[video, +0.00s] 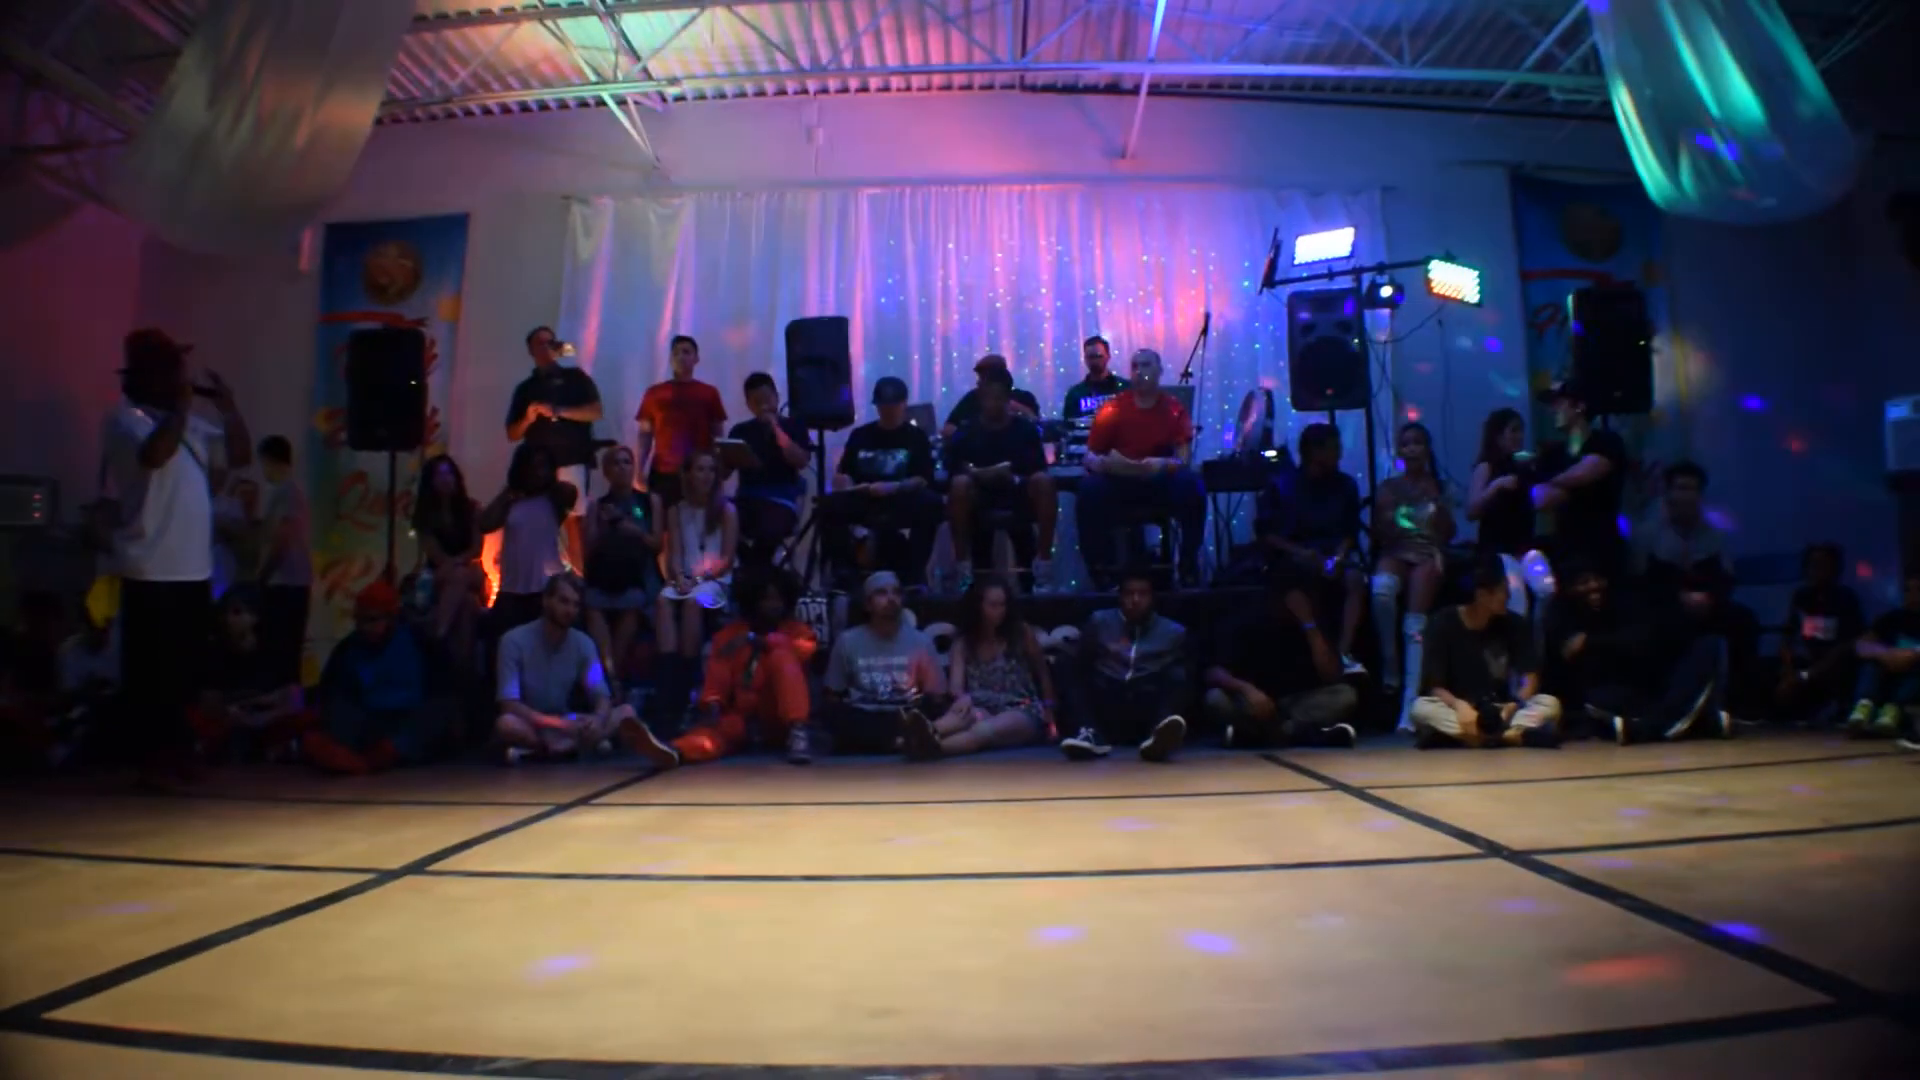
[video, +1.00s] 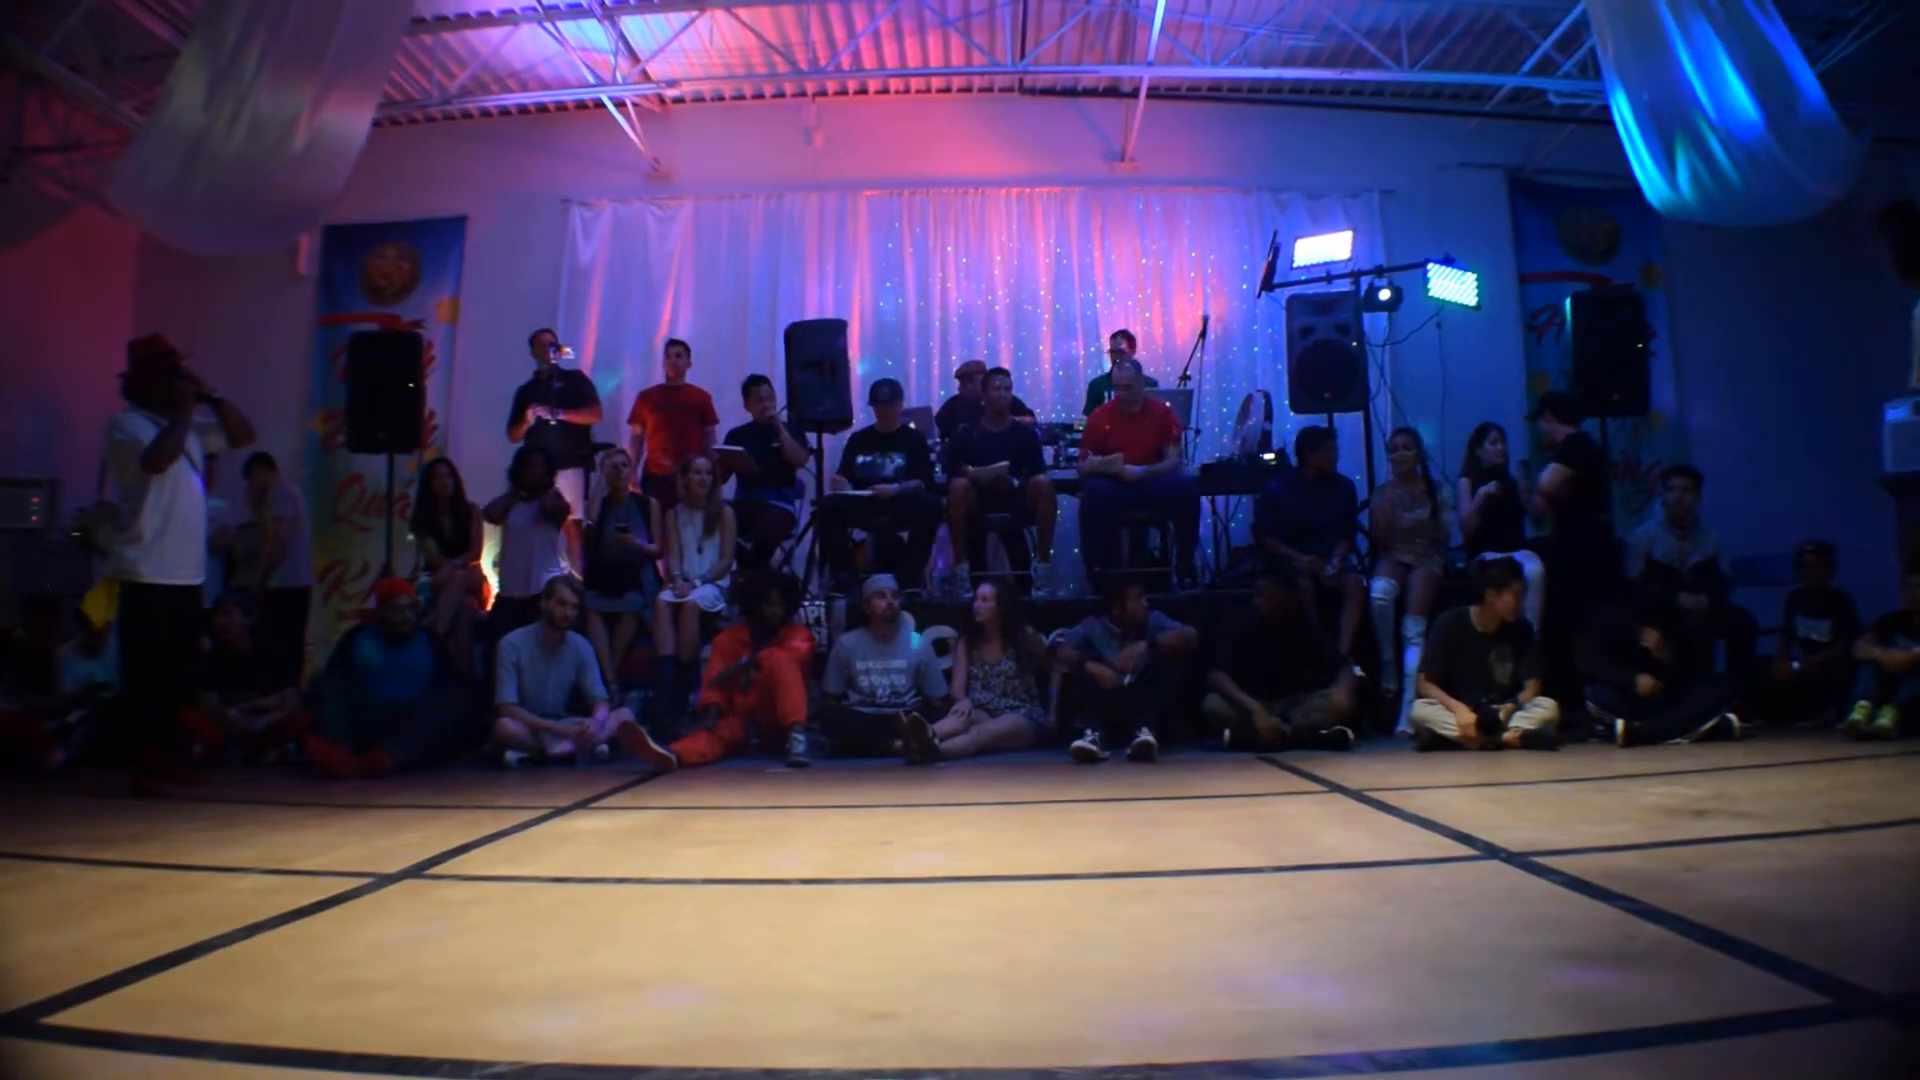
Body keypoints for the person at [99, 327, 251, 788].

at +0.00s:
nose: (178, 381)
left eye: (178, 373)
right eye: (168, 372)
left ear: (176, 378)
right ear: (142, 377)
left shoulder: (185, 426)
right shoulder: (127, 421)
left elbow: (239, 457)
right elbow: (153, 455)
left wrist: (227, 405)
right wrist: (181, 404)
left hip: (193, 578)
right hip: (151, 578)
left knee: (187, 679)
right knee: (150, 680)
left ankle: (183, 760)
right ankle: (148, 764)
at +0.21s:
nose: (178, 380)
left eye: (180, 370)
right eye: (165, 371)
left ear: (186, 376)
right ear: (143, 379)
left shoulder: (194, 426)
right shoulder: (133, 422)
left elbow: (250, 437)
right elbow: (158, 456)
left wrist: (219, 391)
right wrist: (185, 403)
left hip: (199, 575)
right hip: (156, 576)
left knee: (192, 677)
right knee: (156, 678)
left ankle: (188, 758)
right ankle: (152, 762)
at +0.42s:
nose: (182, 382)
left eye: (184, 374)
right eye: (171, 374)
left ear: (186, 380)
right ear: (148, 380)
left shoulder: (193, 428)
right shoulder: (132, 422)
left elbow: (250, 426)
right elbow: (157, 456)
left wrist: (213, 389)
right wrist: (183, 406)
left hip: (195, 577)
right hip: (154, 577)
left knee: (189, 679)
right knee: (154, 680)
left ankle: (185, 760)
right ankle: (151, 766)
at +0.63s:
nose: (183, 384)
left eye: (184, 376)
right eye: (171, 375)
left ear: (186, 382)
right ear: (147, 382)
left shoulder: (193, 428)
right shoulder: (130, 423)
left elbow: (250, 431)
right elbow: (157, 460)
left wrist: (211, 390)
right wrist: (185, 408)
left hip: (194, 577)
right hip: (152, 577)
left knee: (187, 678)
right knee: (153, 679)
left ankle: (183, 760)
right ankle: (150, 766)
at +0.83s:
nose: (180, 386)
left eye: (182, 377)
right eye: (169, 378)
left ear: (183, 384)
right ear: (147, 384)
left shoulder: (188, 430)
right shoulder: (129, 425)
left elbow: (245, 436)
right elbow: (153, 462)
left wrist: (213, 396)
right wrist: (183, 414)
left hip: (187, 577)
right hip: (148, 577)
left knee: (181, 678)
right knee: (149, 679)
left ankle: (175, 761)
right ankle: (147, 766)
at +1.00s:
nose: (178, 385)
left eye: (179, 377)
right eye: (167, 378)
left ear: (178, 383)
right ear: (144, 384)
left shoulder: (184, 429)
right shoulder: (126, 425)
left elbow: (242, 435)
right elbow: (155, 461)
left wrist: (210, 397)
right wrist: (184, 410)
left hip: (185, 579)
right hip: (147, 578)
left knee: (180, 679)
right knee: (148, 681)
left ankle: (175, 762)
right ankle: (146, 767)